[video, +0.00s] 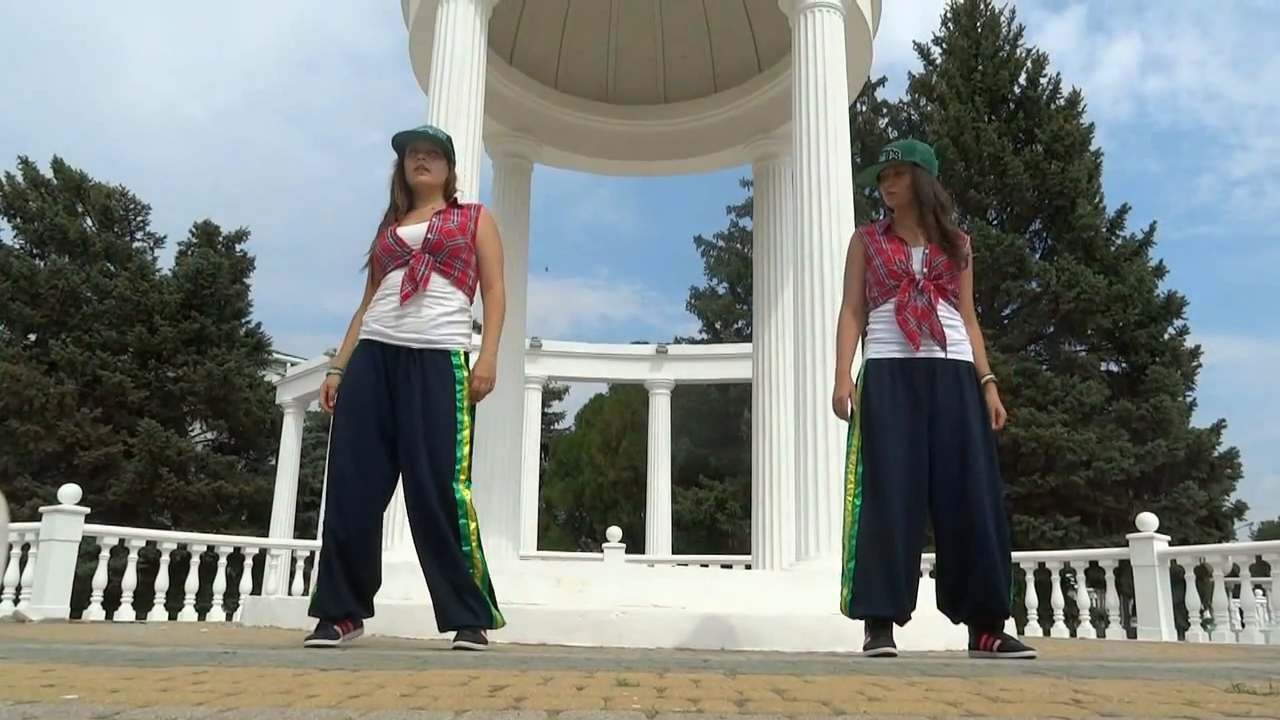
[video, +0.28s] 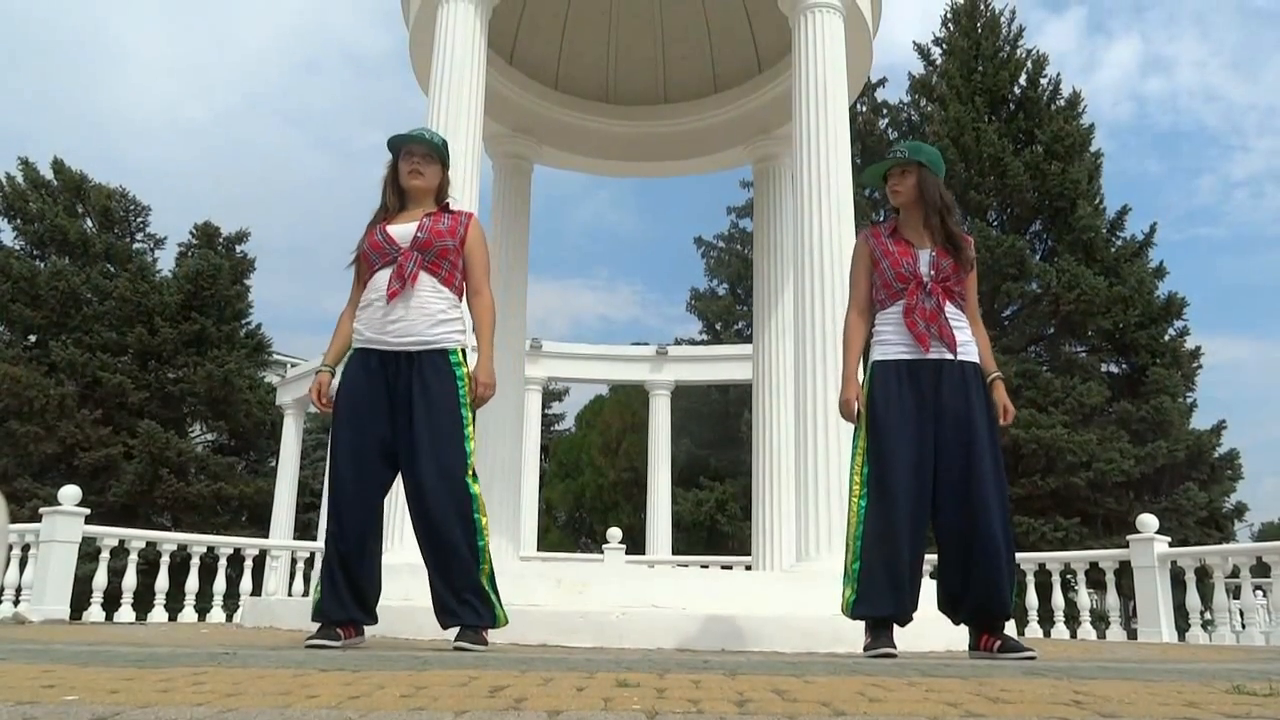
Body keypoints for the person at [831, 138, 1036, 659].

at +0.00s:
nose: (886, 184)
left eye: (896, 174)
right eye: (882, 176)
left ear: (923, 180)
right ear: (880, 184)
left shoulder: (955, 242)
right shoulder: (867, 240)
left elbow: (967, 314)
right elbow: (852, 311)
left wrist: (987, 380)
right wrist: (843, 375)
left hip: (954, 379)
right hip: (890, 379)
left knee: (973, 496)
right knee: (890, 499)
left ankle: (986, 630)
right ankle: (880, 626)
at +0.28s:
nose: (891, 183)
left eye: (901, 174)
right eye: (888, 176)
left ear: (929, 181)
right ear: (887, 186)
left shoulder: (960, 243)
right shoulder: (872, 241)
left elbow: (973, 316)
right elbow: (859, 311)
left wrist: (995, 378)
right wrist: (850, 377)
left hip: (960, 378)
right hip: (896, 378)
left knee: (977, 496)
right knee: (895, 498)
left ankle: (985, 630)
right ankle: (880, 626)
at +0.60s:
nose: (904, 180)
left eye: (914, 172)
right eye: (897, 174)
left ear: (934, 182)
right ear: (888, 185)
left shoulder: (960, 242)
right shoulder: (872, 246)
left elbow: (979, 314)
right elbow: (864, 320)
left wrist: (1006, 370)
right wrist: (858, 384)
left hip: (965, 379)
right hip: (900, 379)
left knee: (981, 498)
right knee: (898, 499)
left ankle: (986, 632)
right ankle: (880, 628)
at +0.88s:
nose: (911, 181)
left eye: (920, 174)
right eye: (903, 174)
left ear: (933, 187)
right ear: (887, 186)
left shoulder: (953, 246)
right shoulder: (865, 248)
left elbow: (974, 317)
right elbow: (852, 320)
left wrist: (1002, 375)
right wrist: (858, 379)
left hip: (964, 380)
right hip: (901, 380)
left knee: (981, 498)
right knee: (900, 500)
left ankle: (985, 632)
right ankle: (881, 627)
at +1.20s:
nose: (912, 180)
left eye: (920, 174)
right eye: (903, 174)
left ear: (933, 186)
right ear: (887, 186)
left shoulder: (954, 247)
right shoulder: (867, 246)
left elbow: (971, 318)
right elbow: (854, 317)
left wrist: (996, 377)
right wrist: (853, 382)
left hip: (960, 381)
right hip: (895, 381)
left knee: (976, 499)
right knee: (894, 501)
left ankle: (985, 633)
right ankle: (880, 628)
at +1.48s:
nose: (915, 176)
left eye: (924, 169)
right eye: (906, 170)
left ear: (936, 182)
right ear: (890, 183)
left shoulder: (955, 242)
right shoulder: (867, 237)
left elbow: (975, 318)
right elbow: (849, 311)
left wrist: (1012, 344)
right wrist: (850, 362)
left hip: (956, 380)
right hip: (893, 380)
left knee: (972, 496)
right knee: (892, 499)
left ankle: (968, 627)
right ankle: (881, 628)